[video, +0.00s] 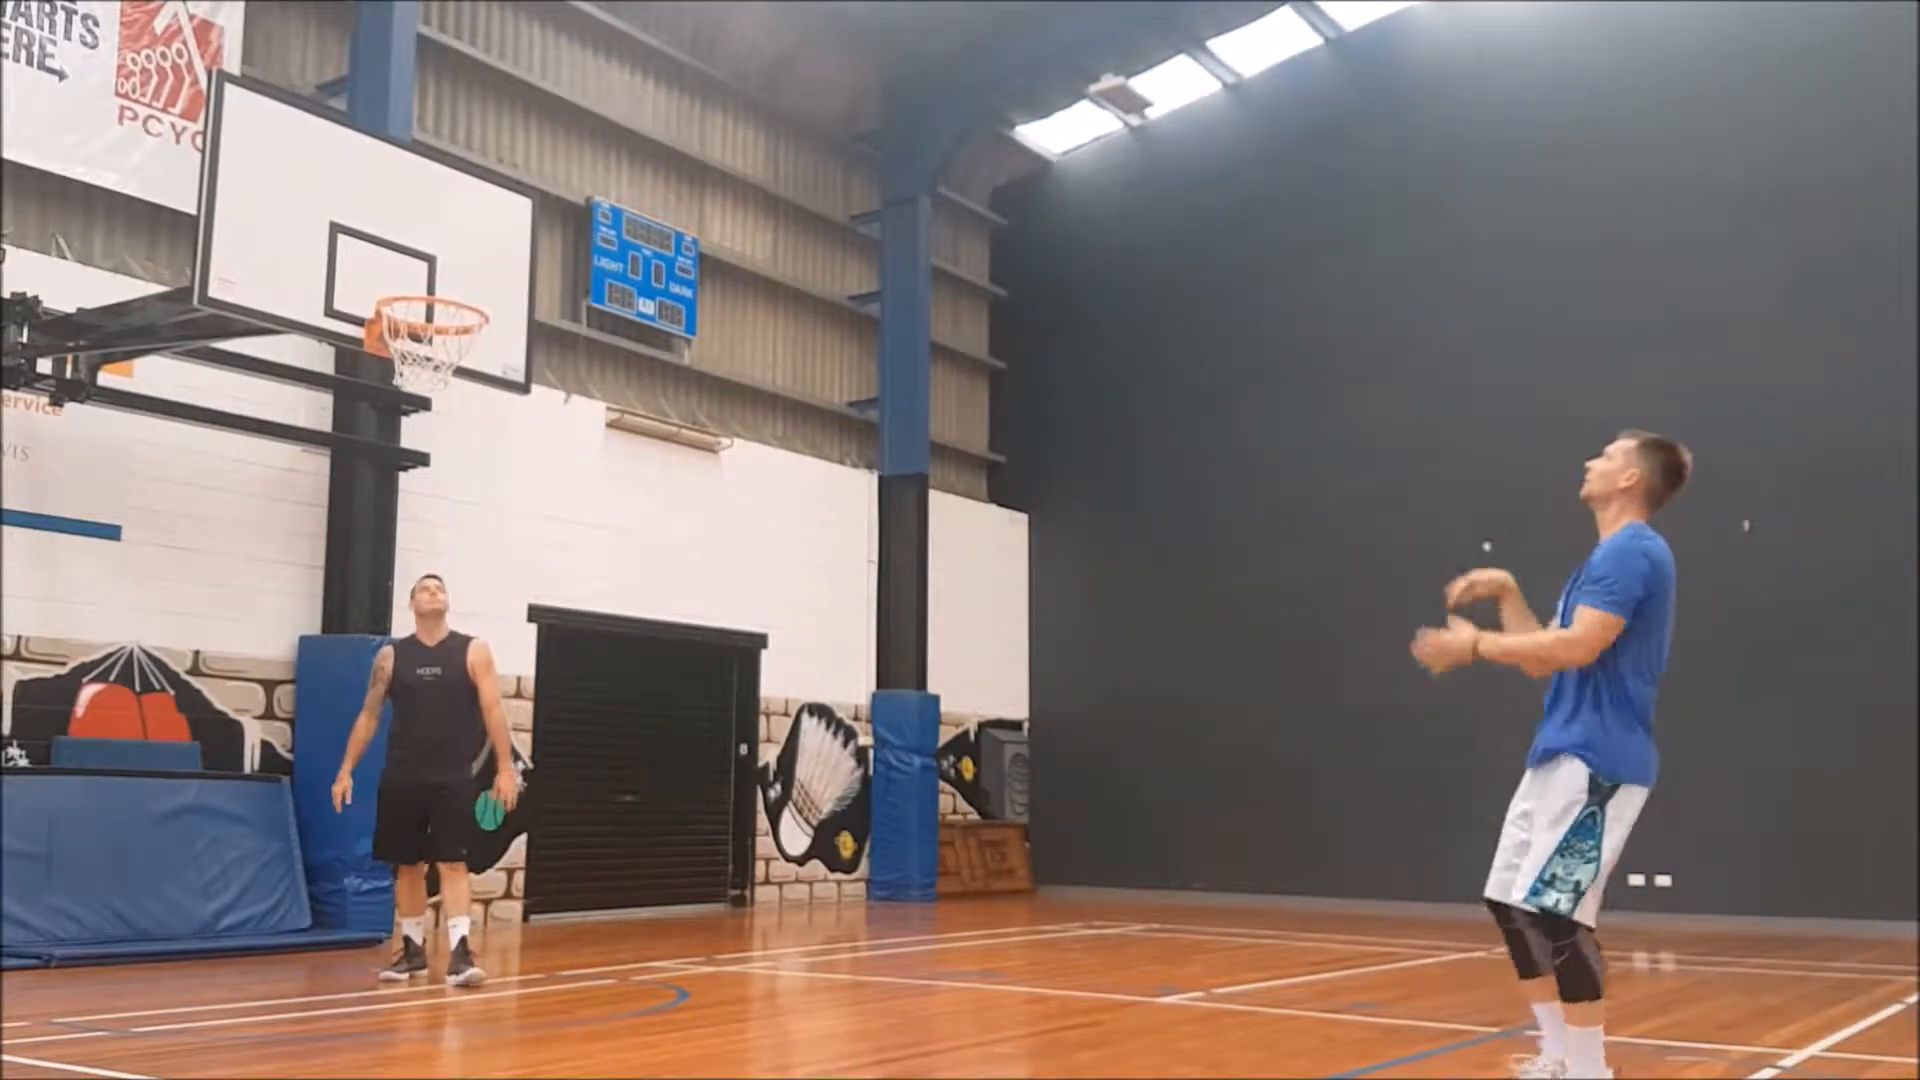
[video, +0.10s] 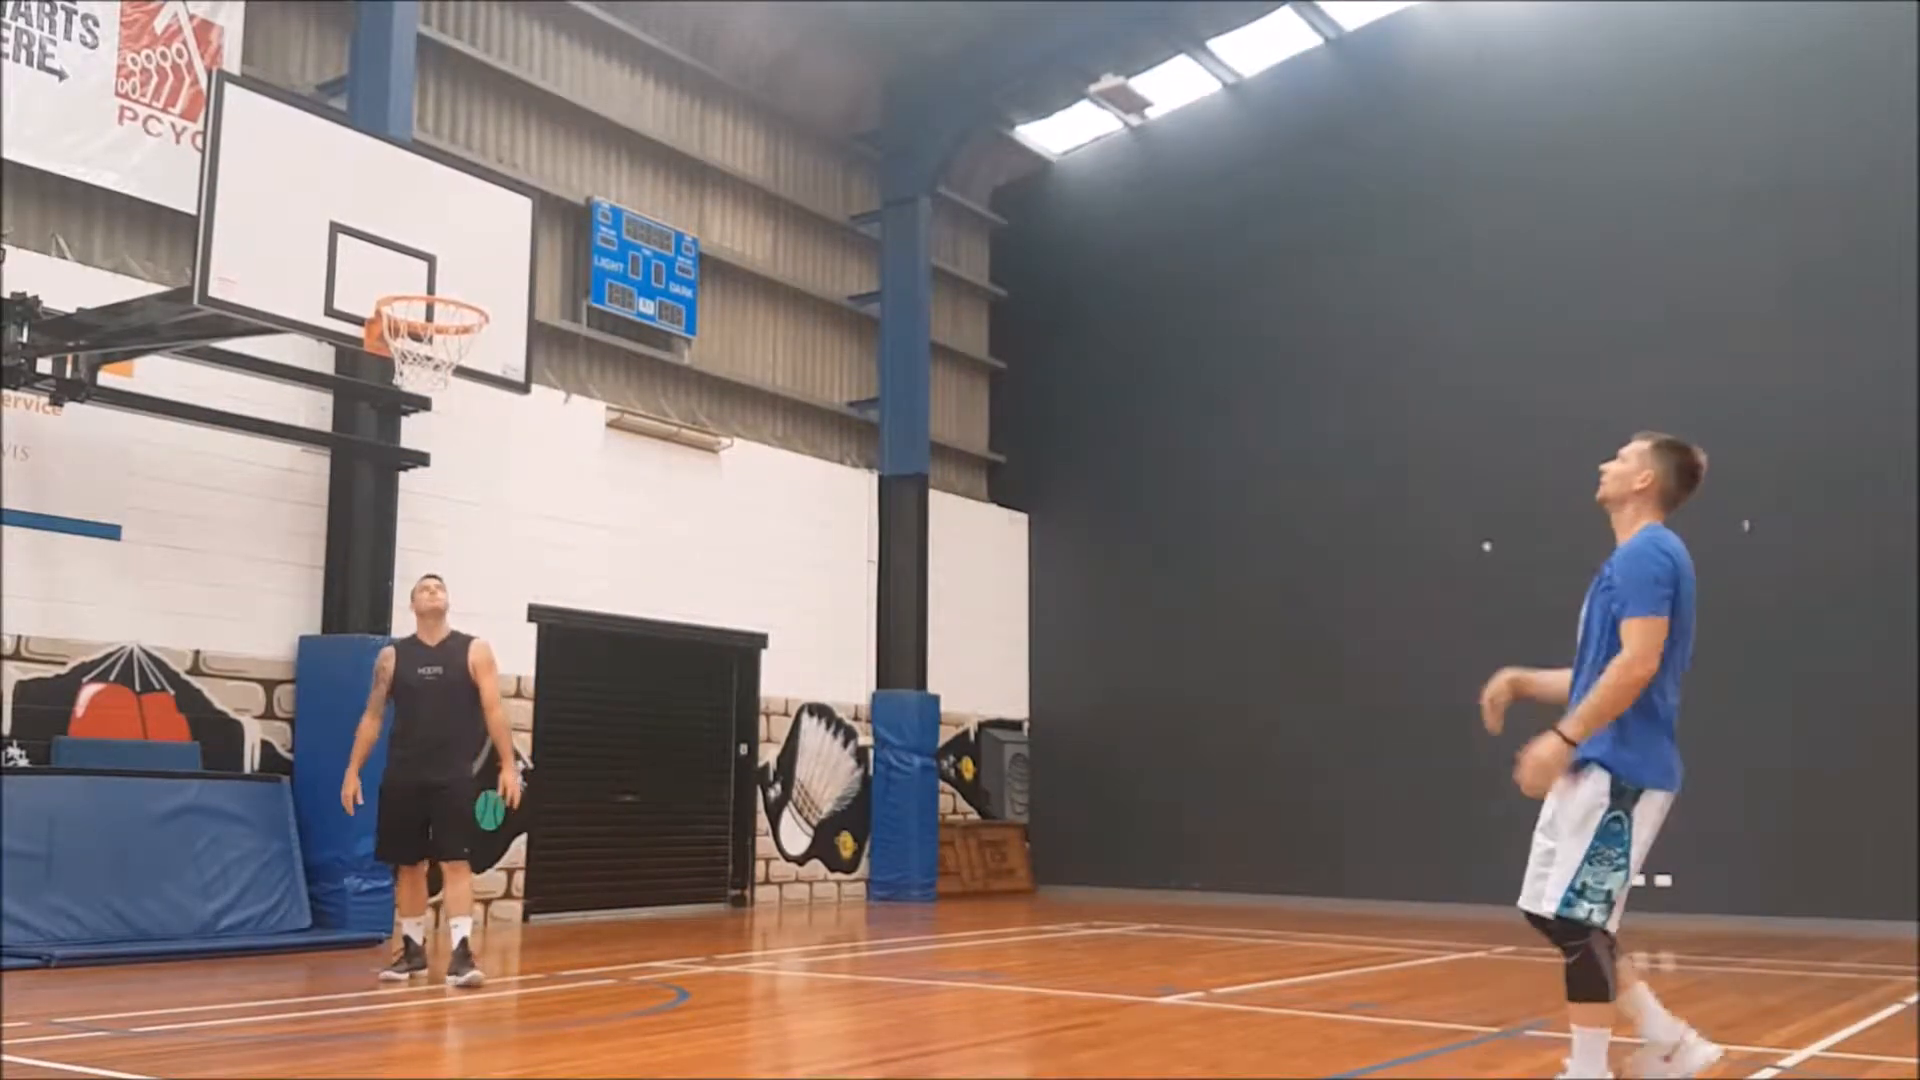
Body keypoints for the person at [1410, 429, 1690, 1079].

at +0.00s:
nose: (1590, 463)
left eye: (1603, 455)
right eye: (1598, 453)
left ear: (1629, 476)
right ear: (1625, 478)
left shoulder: (1634, 550)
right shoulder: (1601, 559)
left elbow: (1580, 646)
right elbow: (1543, 657)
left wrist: (1475, 643)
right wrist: (1509, 594)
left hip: (1603, 761)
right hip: (1560, 754)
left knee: (1551, 911)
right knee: (1509, 901)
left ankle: (1589, 1069)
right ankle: (1558, 1057)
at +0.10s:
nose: (1605, 463)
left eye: (1620, 456)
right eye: (1615, 454)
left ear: (1645, 480)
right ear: (1643, 484)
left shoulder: (1646, 552)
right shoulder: (1629, 557)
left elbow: (1639, 664)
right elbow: (1609, 676)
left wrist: (1561, 738)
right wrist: (1522, 681)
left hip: (1626, 768)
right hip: (1602, 762)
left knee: (1577, 916)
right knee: (1546, 909)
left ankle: (1586, 1070)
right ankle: (1670, 1039)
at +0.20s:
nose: (1624, 470)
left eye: (1637, 462)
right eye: (1632, 460)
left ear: (1663, 482)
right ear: (1664, 485)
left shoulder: (1671, 557)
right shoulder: (1661, 558)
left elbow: (1686, 669)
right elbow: (1646, 681)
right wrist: (1587, 747)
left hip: (1638, 776)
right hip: (1639, 774)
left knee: (1595, 924)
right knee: (1637, 933)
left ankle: (1588, 1070)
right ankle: (1771, 1027)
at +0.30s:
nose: (1646, 477)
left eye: (1661, 469)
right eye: (1655, 468)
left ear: (1689, 488)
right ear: (1691, 491)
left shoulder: (1702, 558)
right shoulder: (1689, 561)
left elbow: (1745, 663)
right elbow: (1728, 673)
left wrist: (1779, 764)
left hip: (1677, 778)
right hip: (1694, 778)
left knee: (1620, 924)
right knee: (1707, 934)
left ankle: (1593, 1069)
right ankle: (1846, 1054)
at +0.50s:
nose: (1695, 480)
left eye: (1708, 470)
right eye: (1703, 470)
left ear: (1736, 488)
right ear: (1744, 491)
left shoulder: (1753, 553)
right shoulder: (1771, 555)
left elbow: (1804, 653)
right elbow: (1810, 658)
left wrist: (1832, 762)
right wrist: (1831, 770)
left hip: (1765, 778)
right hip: (1795, 778)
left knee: (1698, 918)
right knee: (1798, 930)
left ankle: (1656, 1065)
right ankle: (1873, 1067)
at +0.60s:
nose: (1722, 476)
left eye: (1735, 465)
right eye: (1729, 465)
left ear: (1766, 479)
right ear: (1774, 481)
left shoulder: (1783, 545)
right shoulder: (1806, 544)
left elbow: (1809, 648)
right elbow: (1822, 651)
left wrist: (1801, 757)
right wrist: (1802, 759)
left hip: (1799, 766)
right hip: (1838, 765)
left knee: (1735, 906)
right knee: (1822, 921)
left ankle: (1752, 1067)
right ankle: (1879, 1068)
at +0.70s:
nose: (1754, 471)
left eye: (1765, 460)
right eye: (1760, 459)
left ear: (1796, 473)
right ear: (1805, 476)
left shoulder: (1808, 538)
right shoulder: (1835, 539)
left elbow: (1809, 644)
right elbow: (1833, 654)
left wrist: (1765, 744)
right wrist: (1786, 752)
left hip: (1840, 757)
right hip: (1869, 757)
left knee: (1785, 909)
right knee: (1847, 920)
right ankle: (1881, 1063)